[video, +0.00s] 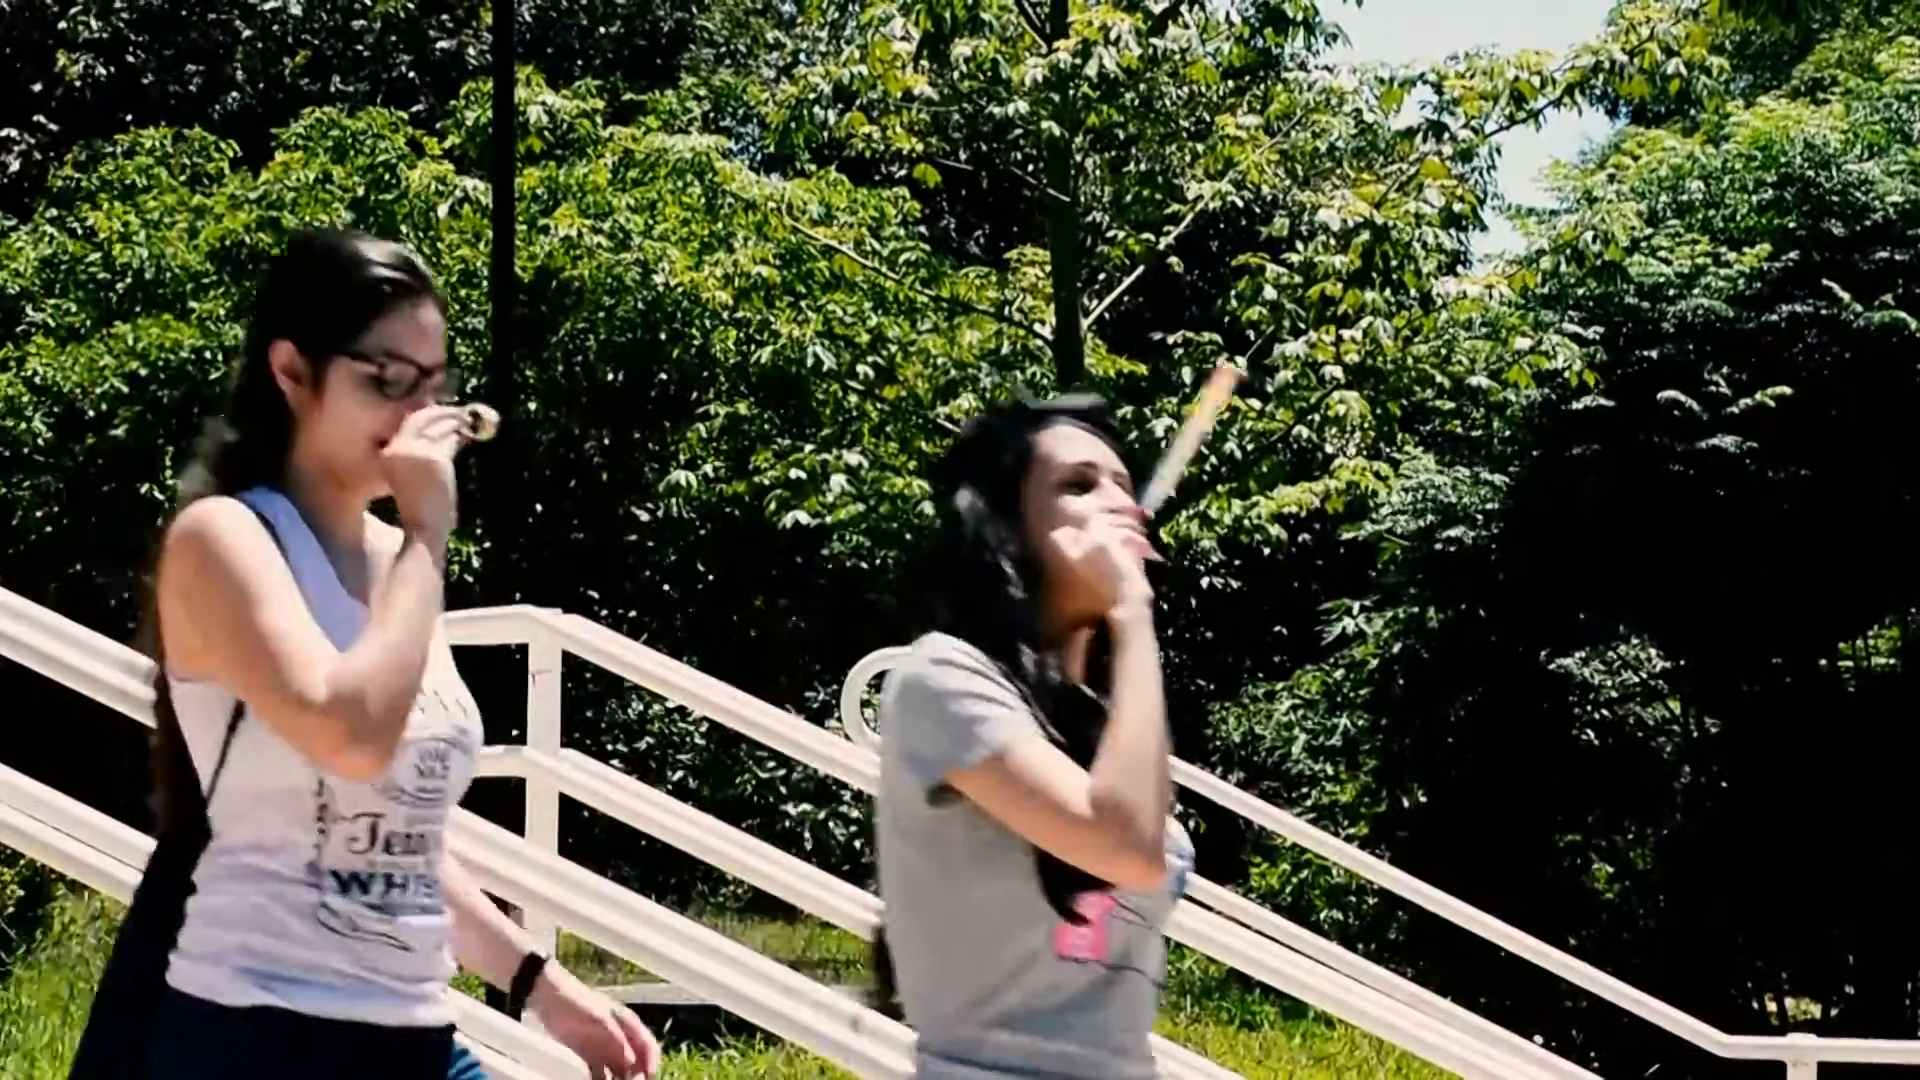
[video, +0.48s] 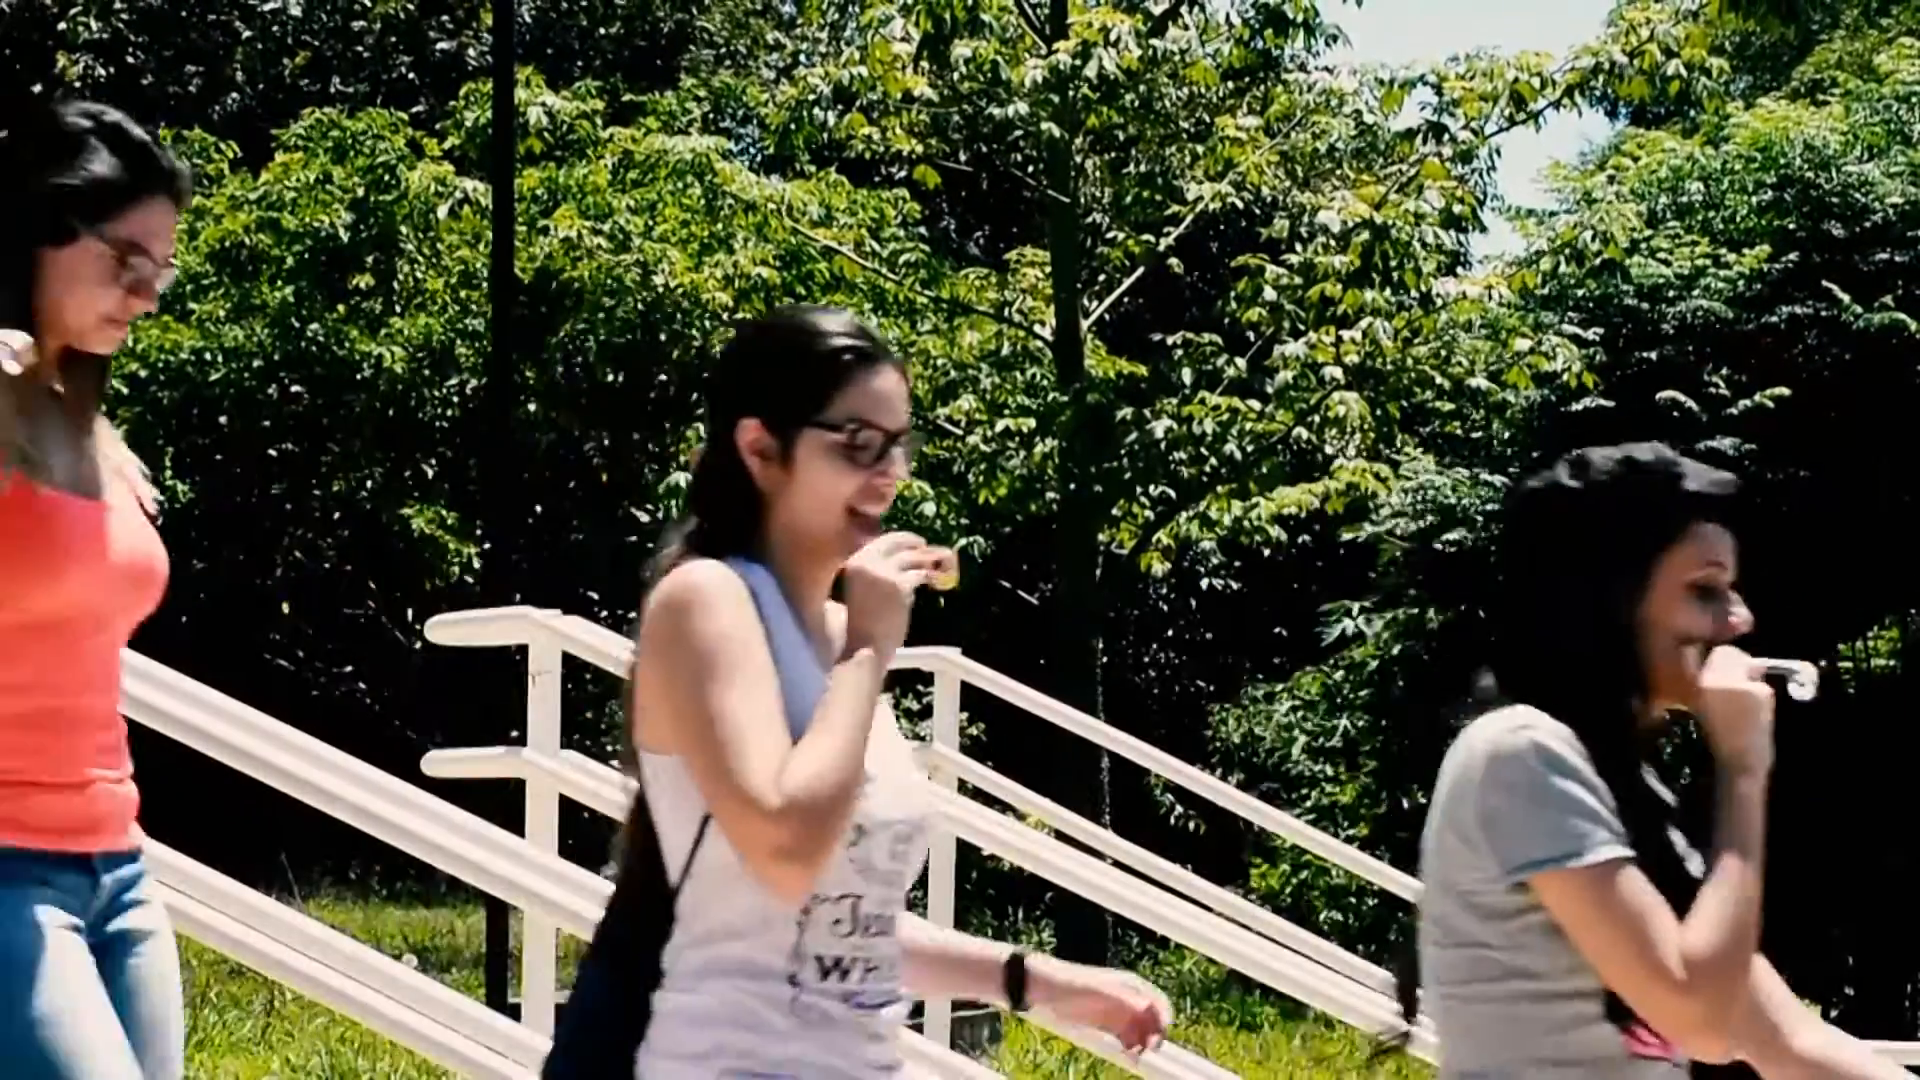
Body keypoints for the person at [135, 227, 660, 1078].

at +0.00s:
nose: (423, 410)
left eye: (435, 383)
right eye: (391, 377)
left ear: (450, 398)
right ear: (292, 373)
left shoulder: (404, 559)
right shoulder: (217, 537)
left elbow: (404, 837)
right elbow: (353, 737)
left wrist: (539, 983)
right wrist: (426, 538)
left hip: (412, 1030)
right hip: (244, 1024)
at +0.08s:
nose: (493, 410)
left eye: (506, 383)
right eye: (464, 375)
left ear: (521, 396)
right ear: (366, 370)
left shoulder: (467, 557)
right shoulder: (292, 535)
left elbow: (439, 837)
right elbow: (429, 733)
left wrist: (555, 986)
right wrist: (494, 536)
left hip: (489, 1029)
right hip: (329, 1024)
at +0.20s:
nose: (604, 395)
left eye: (617, 370)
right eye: (573, 363)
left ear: (629, 376)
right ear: (478, 363)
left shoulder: (570, 550)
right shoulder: (412, 524)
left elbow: (577, 822)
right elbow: (533, 744)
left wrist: (650, 1006)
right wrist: (601, 538)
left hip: (607, 1025)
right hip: (463, 1018)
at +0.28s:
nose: (700, 444)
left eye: (708, 413)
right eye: (665, 409)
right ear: (569, 416)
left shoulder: (647, 595)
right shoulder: (512, 568)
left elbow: (637, 903)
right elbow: (606, 824)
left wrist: (756, 1038)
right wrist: (682, 615)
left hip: (678, 1050)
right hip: (543, 1048)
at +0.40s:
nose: (823, 497)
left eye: (829, 468)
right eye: (787, 465)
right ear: (687, 474)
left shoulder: (770, 655)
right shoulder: (635, 626)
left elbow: (764, 947)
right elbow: (709, 892)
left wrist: (943, 1045)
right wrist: (798, 693)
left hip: (782, 1061)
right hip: (644, 1058)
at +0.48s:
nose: (894, 476)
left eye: (902, 448)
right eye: (861, 445)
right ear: (760, 448)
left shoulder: (845, 634)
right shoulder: (702, 601)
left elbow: (844, 928)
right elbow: (786, 854)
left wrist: (1033, 985)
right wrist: (869, 651)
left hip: (866, 1053)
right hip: (727, 1053)